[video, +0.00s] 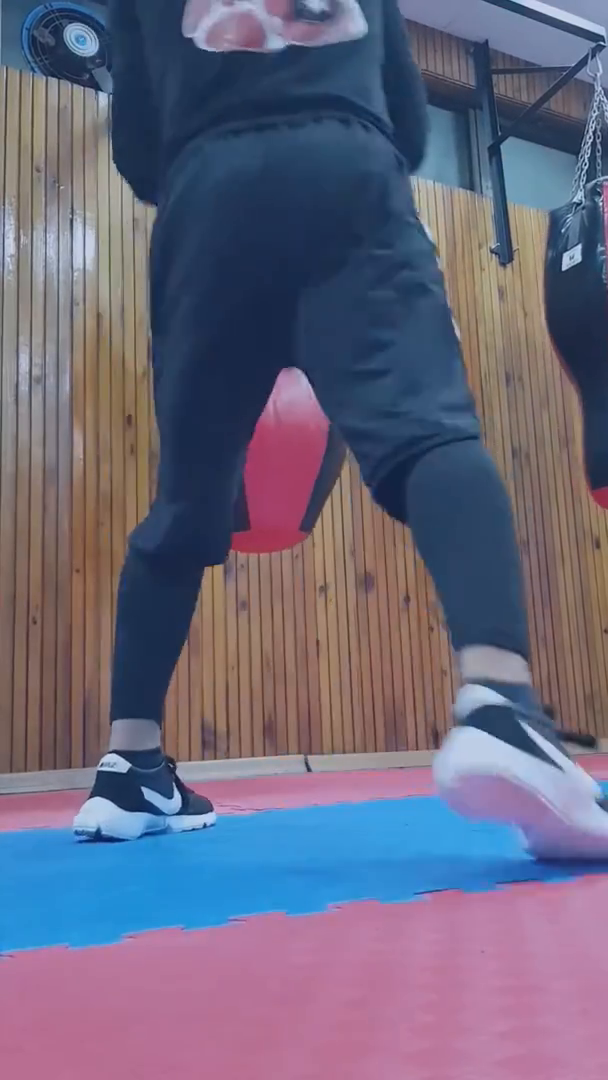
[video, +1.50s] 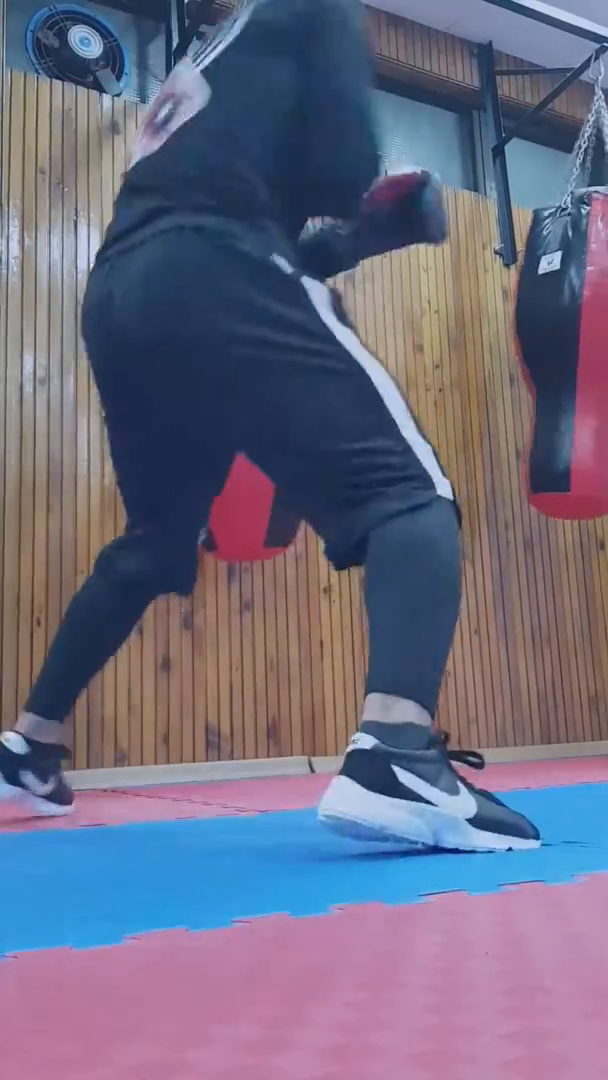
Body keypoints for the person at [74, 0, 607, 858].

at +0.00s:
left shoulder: (148, 7)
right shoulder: (360, 2)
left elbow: (134, 131)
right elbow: (407, 117)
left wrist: (196, 196)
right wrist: (359, 185)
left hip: (213, 177)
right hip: (350, 156)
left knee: (187, 499)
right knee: (432, 433)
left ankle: (129, 765)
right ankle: (499, 703)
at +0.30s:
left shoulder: (178, 18)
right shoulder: (380, 9)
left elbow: (135, 189)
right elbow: (436, 181)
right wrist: (335, 184)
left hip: (167, 237)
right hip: (290, 223)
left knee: (221, 487)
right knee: (430, 476)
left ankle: (138, 676)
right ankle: (397, 714)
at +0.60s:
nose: (260, 55)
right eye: (253, 46)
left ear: (164, 60)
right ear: (244, 50)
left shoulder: (112, 112)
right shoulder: (271, 87)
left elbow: (104, 262)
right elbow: (389, 165)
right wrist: (301, 180)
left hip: (151, 295)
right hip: (262, 278)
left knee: (126, 530)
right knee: (340, 487)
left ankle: (79, 749)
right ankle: (391, 668)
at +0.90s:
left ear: (141, 9)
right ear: (228, 4)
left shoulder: (100, 76)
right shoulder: (282, 50)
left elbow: (85, 238)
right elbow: (351, 200)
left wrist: (166, 174)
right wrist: (268, 157)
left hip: (151, 289)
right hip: (264, 266)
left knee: (141, 540)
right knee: (356, 499)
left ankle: (93, 766)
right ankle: (337, 693)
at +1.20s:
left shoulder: (159, 14)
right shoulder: (342, 2)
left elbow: (90, 123)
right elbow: (397, 132)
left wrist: (193, 137)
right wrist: (317, 68)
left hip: (158, 222)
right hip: (271, 191)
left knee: (170, 511)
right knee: (392, 468)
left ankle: (144, 756)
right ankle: (314, 719)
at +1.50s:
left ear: (240, 11)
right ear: (302, 3)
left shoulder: (197, 69)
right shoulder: (318, 15)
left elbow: (253, 251)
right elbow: (346, 176)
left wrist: (374, 229)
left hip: (113, 293)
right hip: (212, 268)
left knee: (157, 538)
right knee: (411, 502)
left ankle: (31, 741)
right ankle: (394, 750)